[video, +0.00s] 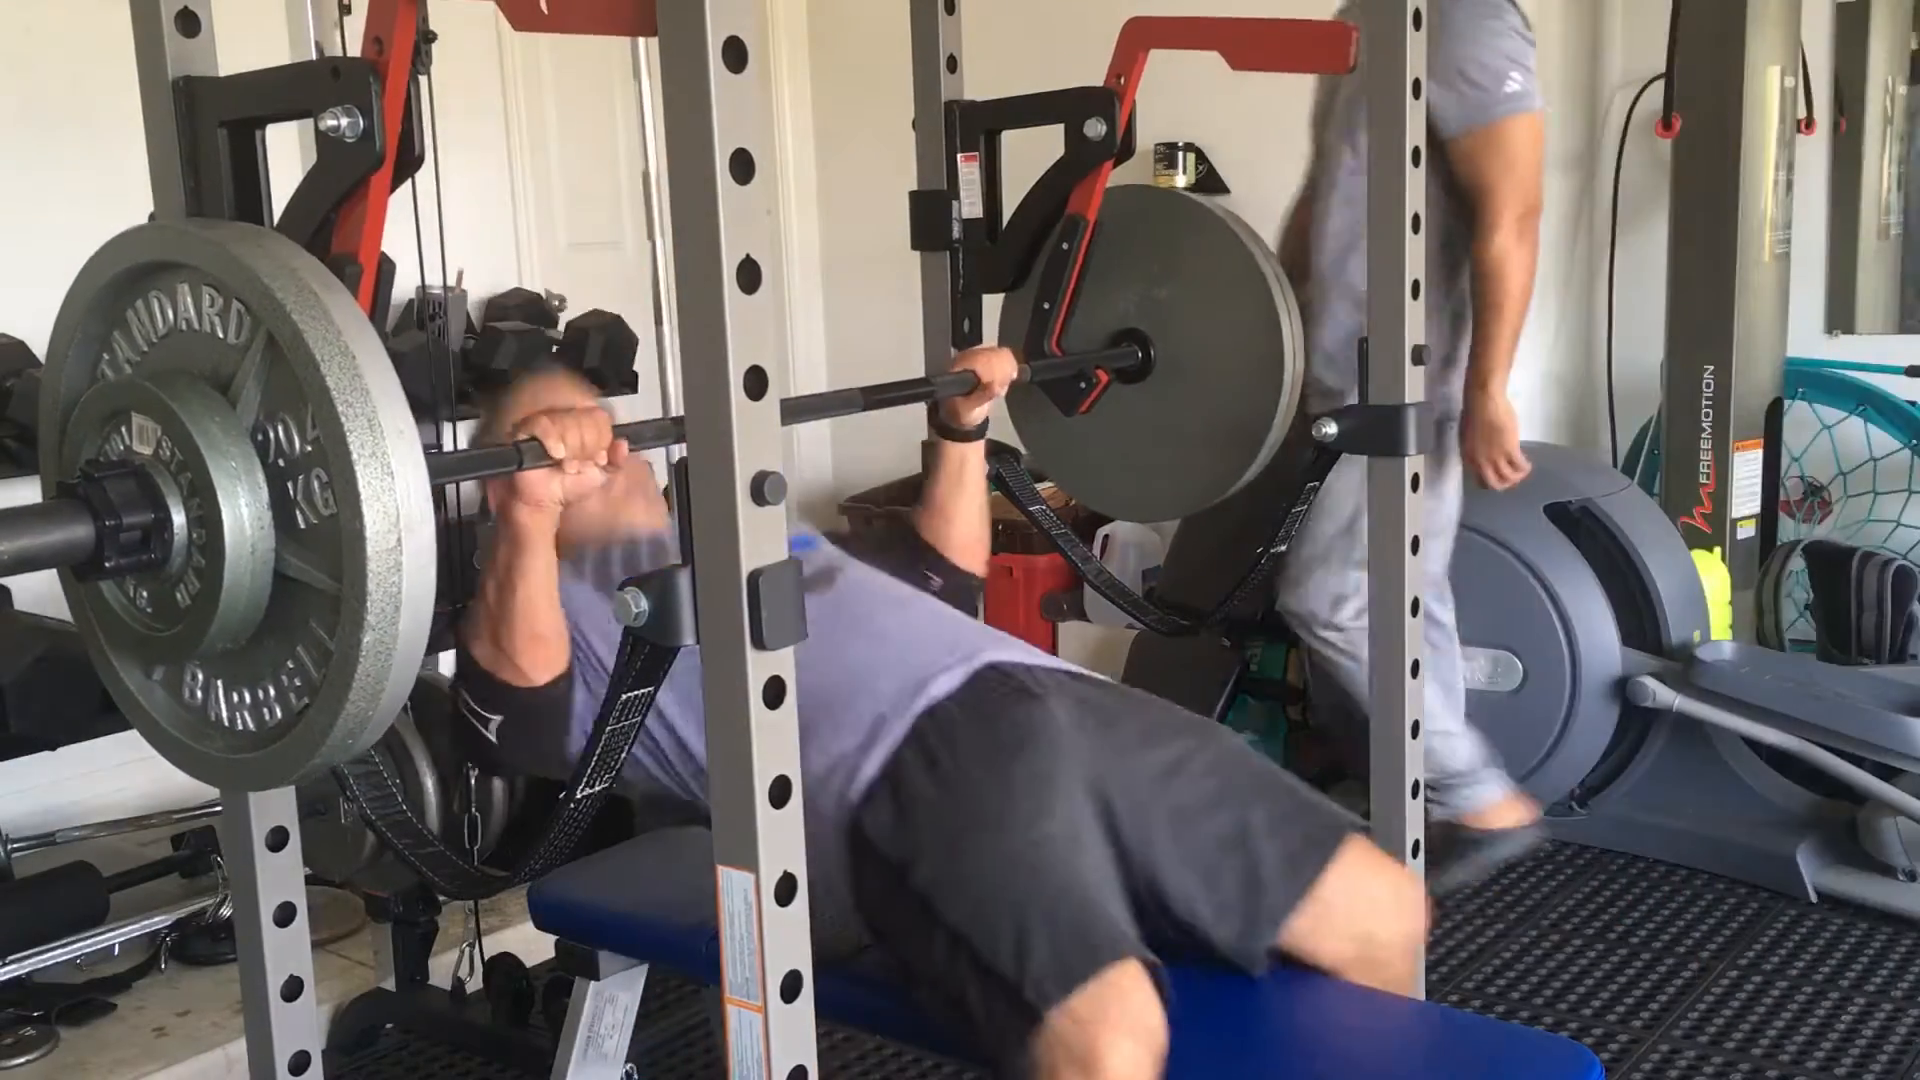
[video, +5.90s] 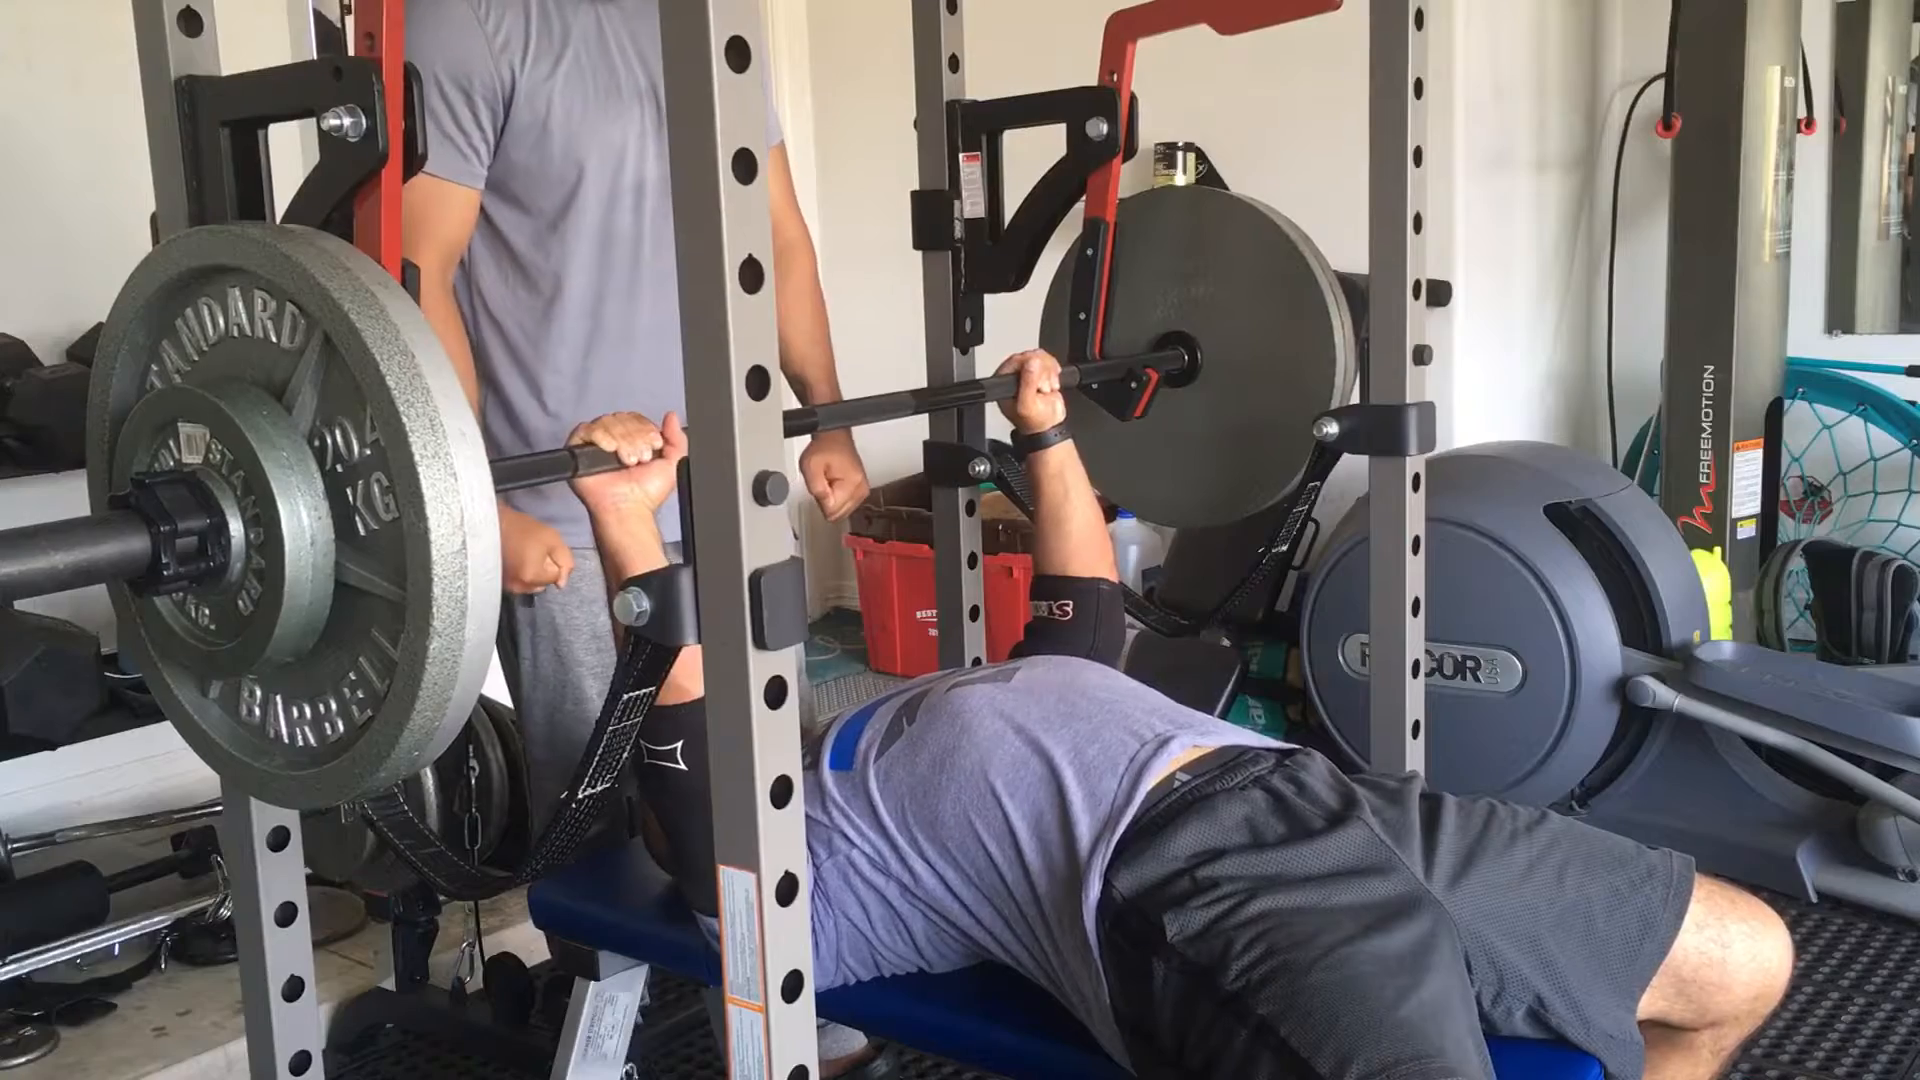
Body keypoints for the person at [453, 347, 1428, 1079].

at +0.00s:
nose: (611, 456)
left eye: (610, 432)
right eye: (561, 444)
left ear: (633, 443)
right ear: (501, 493)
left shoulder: (753, 530)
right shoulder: (565, 619)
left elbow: (947, 585)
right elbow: (521, 717)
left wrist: (962, 425)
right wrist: (518, 520)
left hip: (1056, 697)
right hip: (924, 773)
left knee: (1387, 912)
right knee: (1112, 1035)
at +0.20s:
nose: (626, 567)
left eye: (636, 545)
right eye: (593, 576)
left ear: (676, 581)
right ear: (582, 626)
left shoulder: (847, 640)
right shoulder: (644, 750)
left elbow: (995, 620)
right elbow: (556, 791)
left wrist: (972, 435)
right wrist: (542, 523)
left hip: (1163, 741)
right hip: (1023, 821)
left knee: (1538, 957)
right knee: (1242, 1056)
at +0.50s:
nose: (712, 659)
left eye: (721, 648)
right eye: (704, 671)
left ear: (824, 661)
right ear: (723, 728)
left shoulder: (986, 657)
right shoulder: (807, 784)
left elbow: (1097, 606)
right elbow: (636, 774)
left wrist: (1024, 440)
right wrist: (597, 538)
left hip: (1334, 761)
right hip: (1186, 856)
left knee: (1719, 993)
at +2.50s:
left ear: (844, 674)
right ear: (733, 733)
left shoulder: (997, 696)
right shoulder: (785, 810)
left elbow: (1101, 627)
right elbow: (691, 748)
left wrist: (1043, 447)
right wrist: (642, 567)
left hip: (1338, 785)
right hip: (1202, 871)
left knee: (1777, 1021)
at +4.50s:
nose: (767, 670)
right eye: (735, 700)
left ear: (876, 668)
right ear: (741, 762)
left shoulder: (1032, 686)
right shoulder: (816, 825)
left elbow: (1109, 601)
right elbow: (706, 771)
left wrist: (1037, 442)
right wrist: (635, 550)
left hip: (1328, 785)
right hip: (1203, 878)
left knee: (1738, 939)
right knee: (1427, 1057)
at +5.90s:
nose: (741, 669)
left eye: (747, 669)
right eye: (723, 692)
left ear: (821, 695)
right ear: (715, 762)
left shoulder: (1023, 704)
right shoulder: (782, 837)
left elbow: (1087, 601)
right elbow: (692, 716)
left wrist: (1045, 429)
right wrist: (628, 525)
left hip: (1331, 786)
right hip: (1207, 882)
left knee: (1746, 957)